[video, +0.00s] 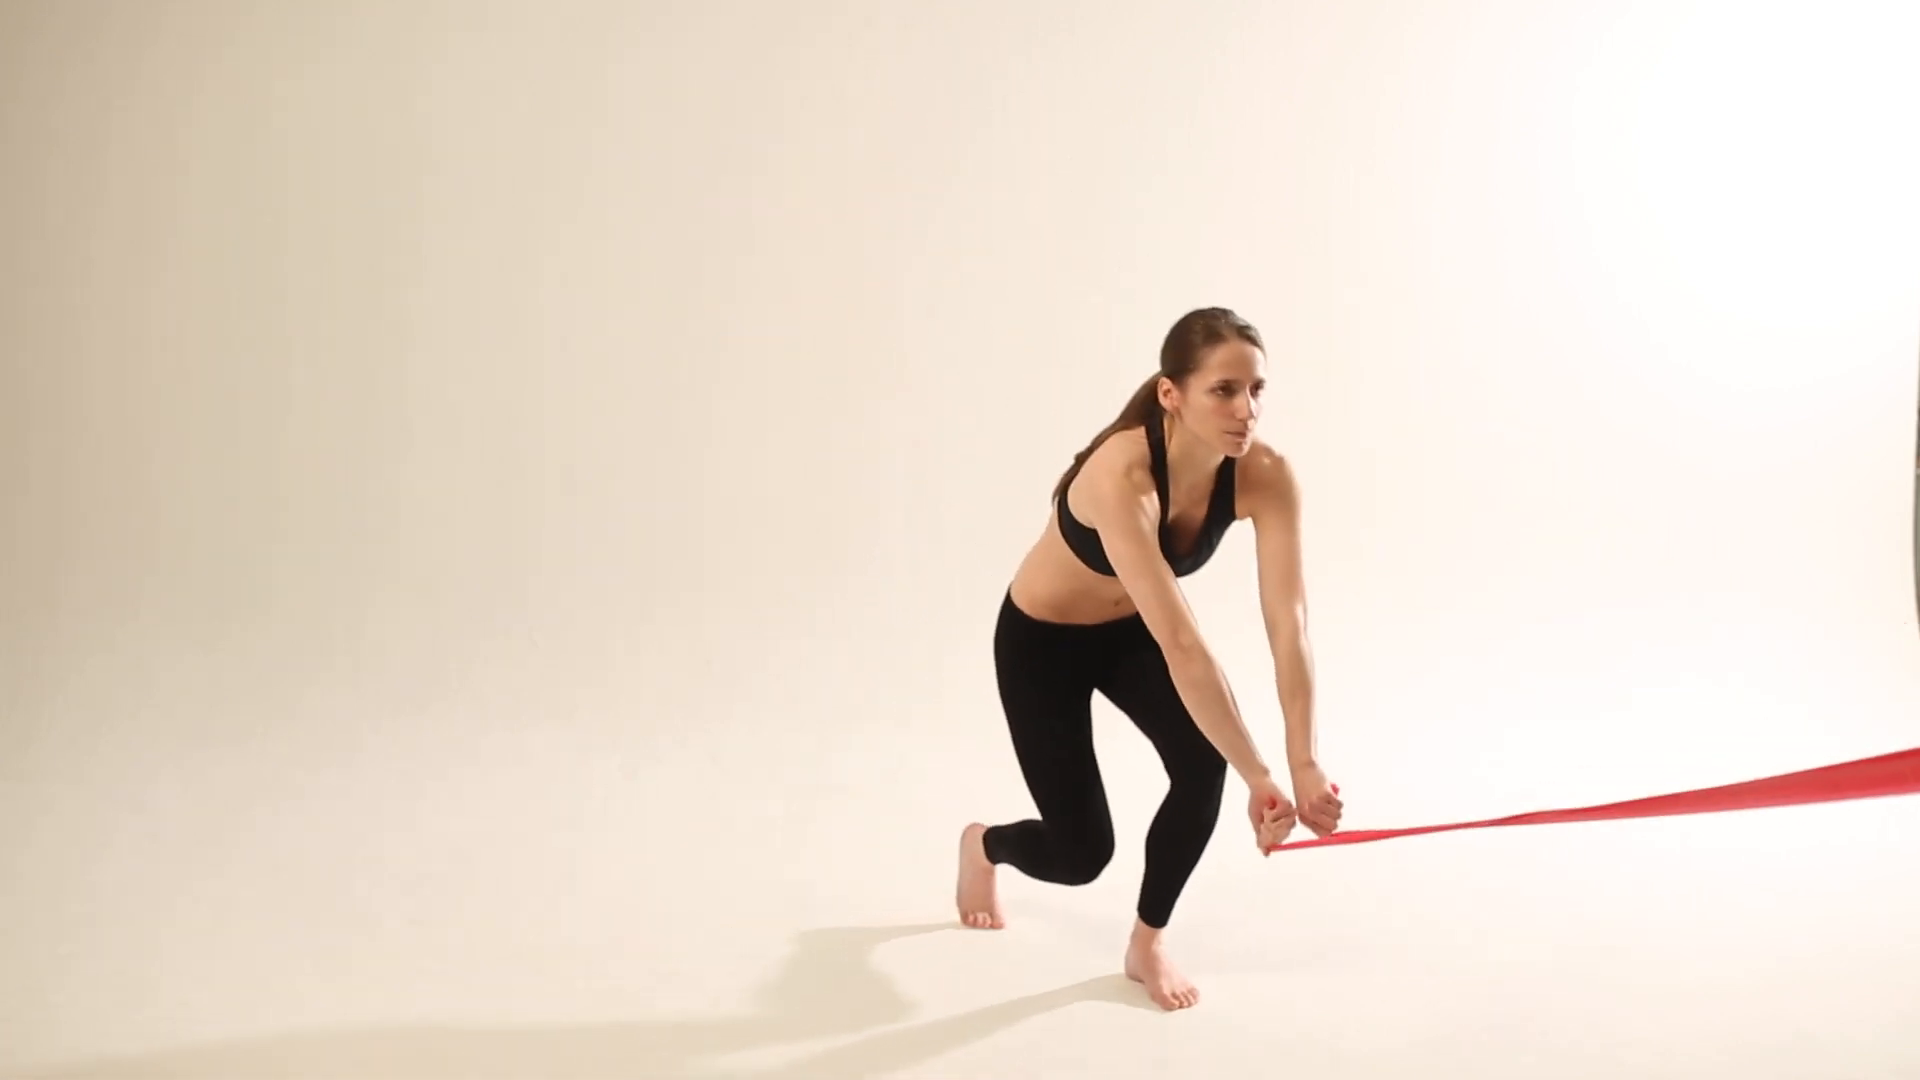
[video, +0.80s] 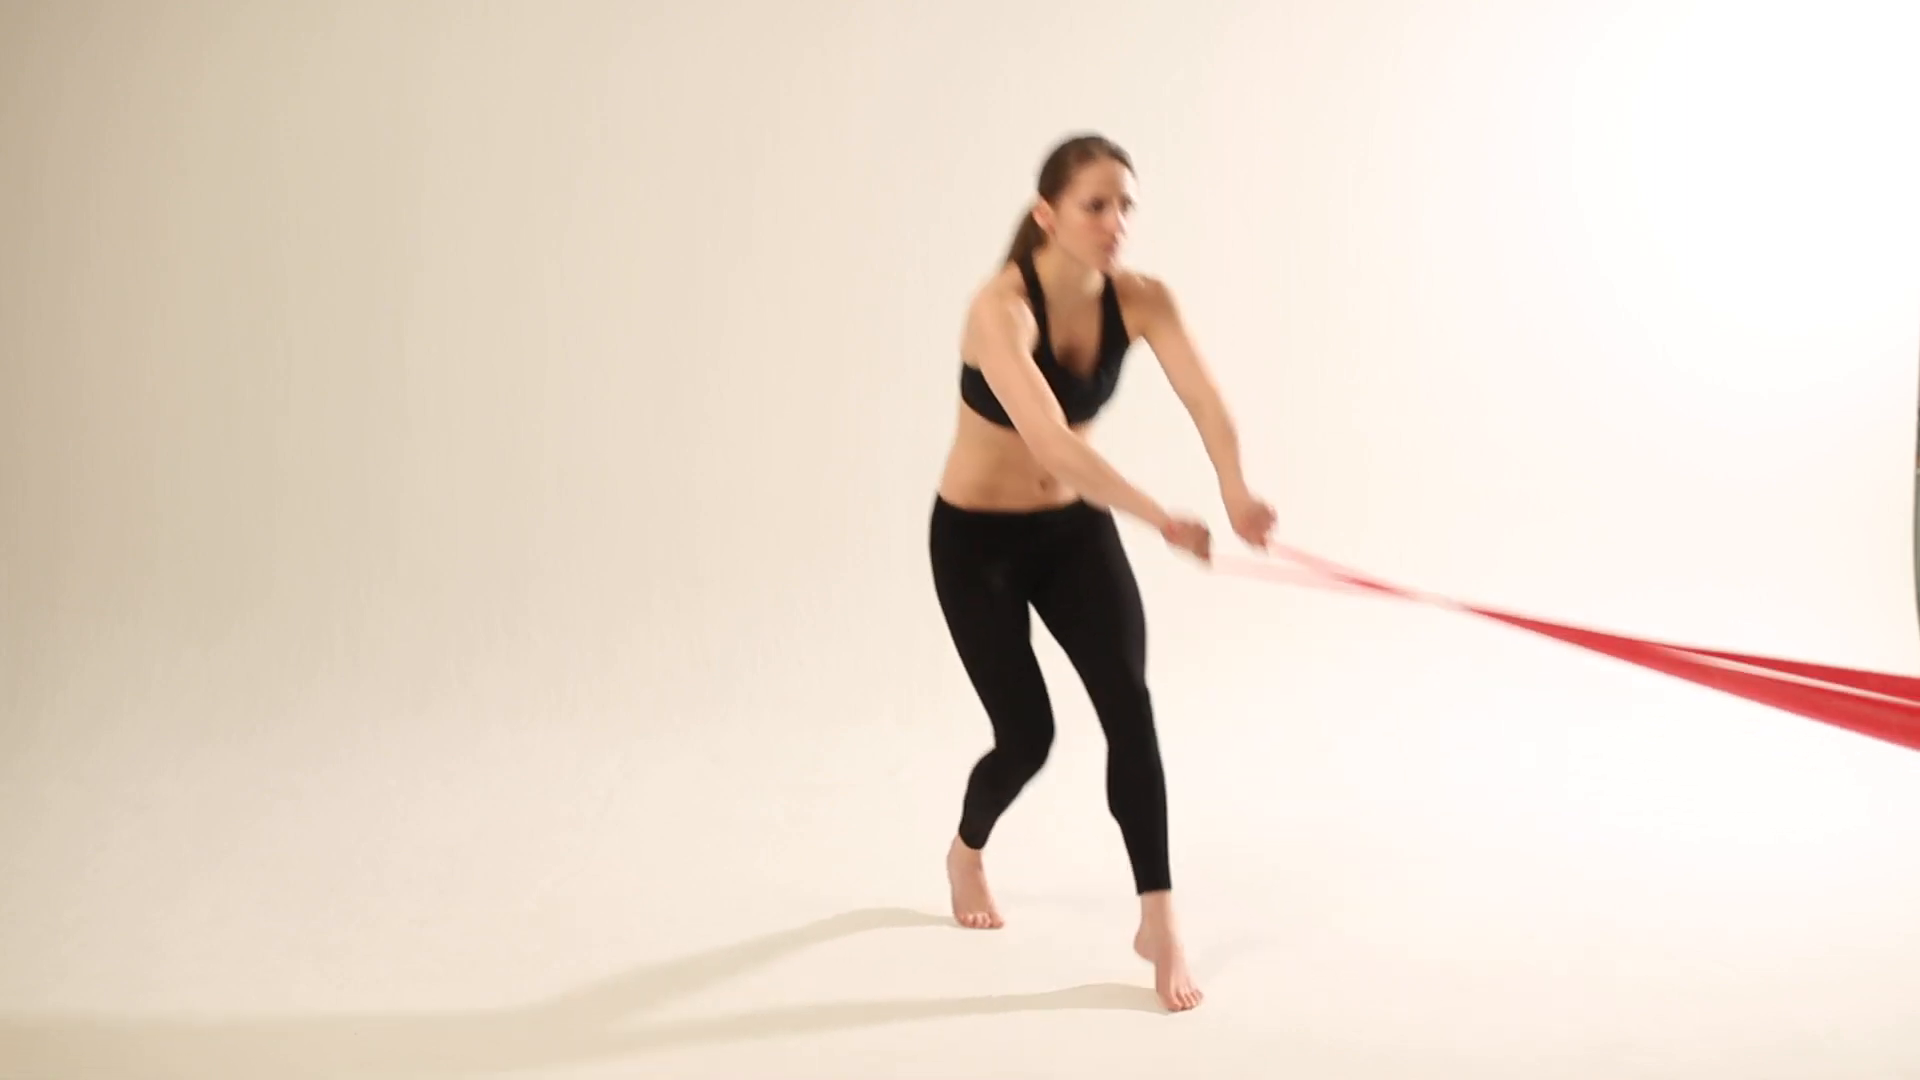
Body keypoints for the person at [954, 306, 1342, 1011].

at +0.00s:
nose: (1247, 410)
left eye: (1256, 389)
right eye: (1225, 391)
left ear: (1264, 389)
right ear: (1171, 395)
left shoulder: (1263, 476)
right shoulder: (1120, 474)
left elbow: (1287, 620)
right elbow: (1182, 646)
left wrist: (1302, 763)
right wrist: (1256, 779)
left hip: (1131, 633)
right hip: (1042, 641)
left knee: (1202, 765)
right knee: (1083, 850)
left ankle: (1147, 942)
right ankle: (982, 844)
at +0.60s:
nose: (1199, 341)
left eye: (1207, 324)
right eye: (1179, 325)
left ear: (1213, 330)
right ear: (1125, 335)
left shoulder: (1219, 418)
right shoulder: (1073, 425)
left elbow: (1258, 548)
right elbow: (1139, 575)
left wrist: (1286, 667)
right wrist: (1228, 686)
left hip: (1111, 604)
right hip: (1020, 616)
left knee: (1185, 746)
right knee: (1072, 824)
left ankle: (1147, 941)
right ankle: (979, 842)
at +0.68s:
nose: (1168, 297)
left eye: (1175, 280)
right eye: (1148, 281)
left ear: (1182, 285)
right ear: (1096, 291)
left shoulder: (1191, 374)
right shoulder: (1047, 386)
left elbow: (1240, 494)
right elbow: (1111, 530)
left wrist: (1273, 603)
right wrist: (1205, 627)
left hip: (1103, 579)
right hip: (1007, 591)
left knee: (1168, 732)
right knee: (1059, 795)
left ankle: (1146, 938)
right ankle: (974, 841)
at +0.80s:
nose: (1116, 223)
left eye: (1124, 206)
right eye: (1096, 207)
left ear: (1129, 212)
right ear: (1046, 212)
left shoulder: (1140, 299)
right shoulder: (997, 310)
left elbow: (1205, 403)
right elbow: (1055, 449)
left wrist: (1234, 490)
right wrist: (1161, 518)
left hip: (1073, 531)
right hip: (975, 540)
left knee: (1128, 706)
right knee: (1026, 736)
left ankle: (1158, 919)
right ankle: (965, 847)